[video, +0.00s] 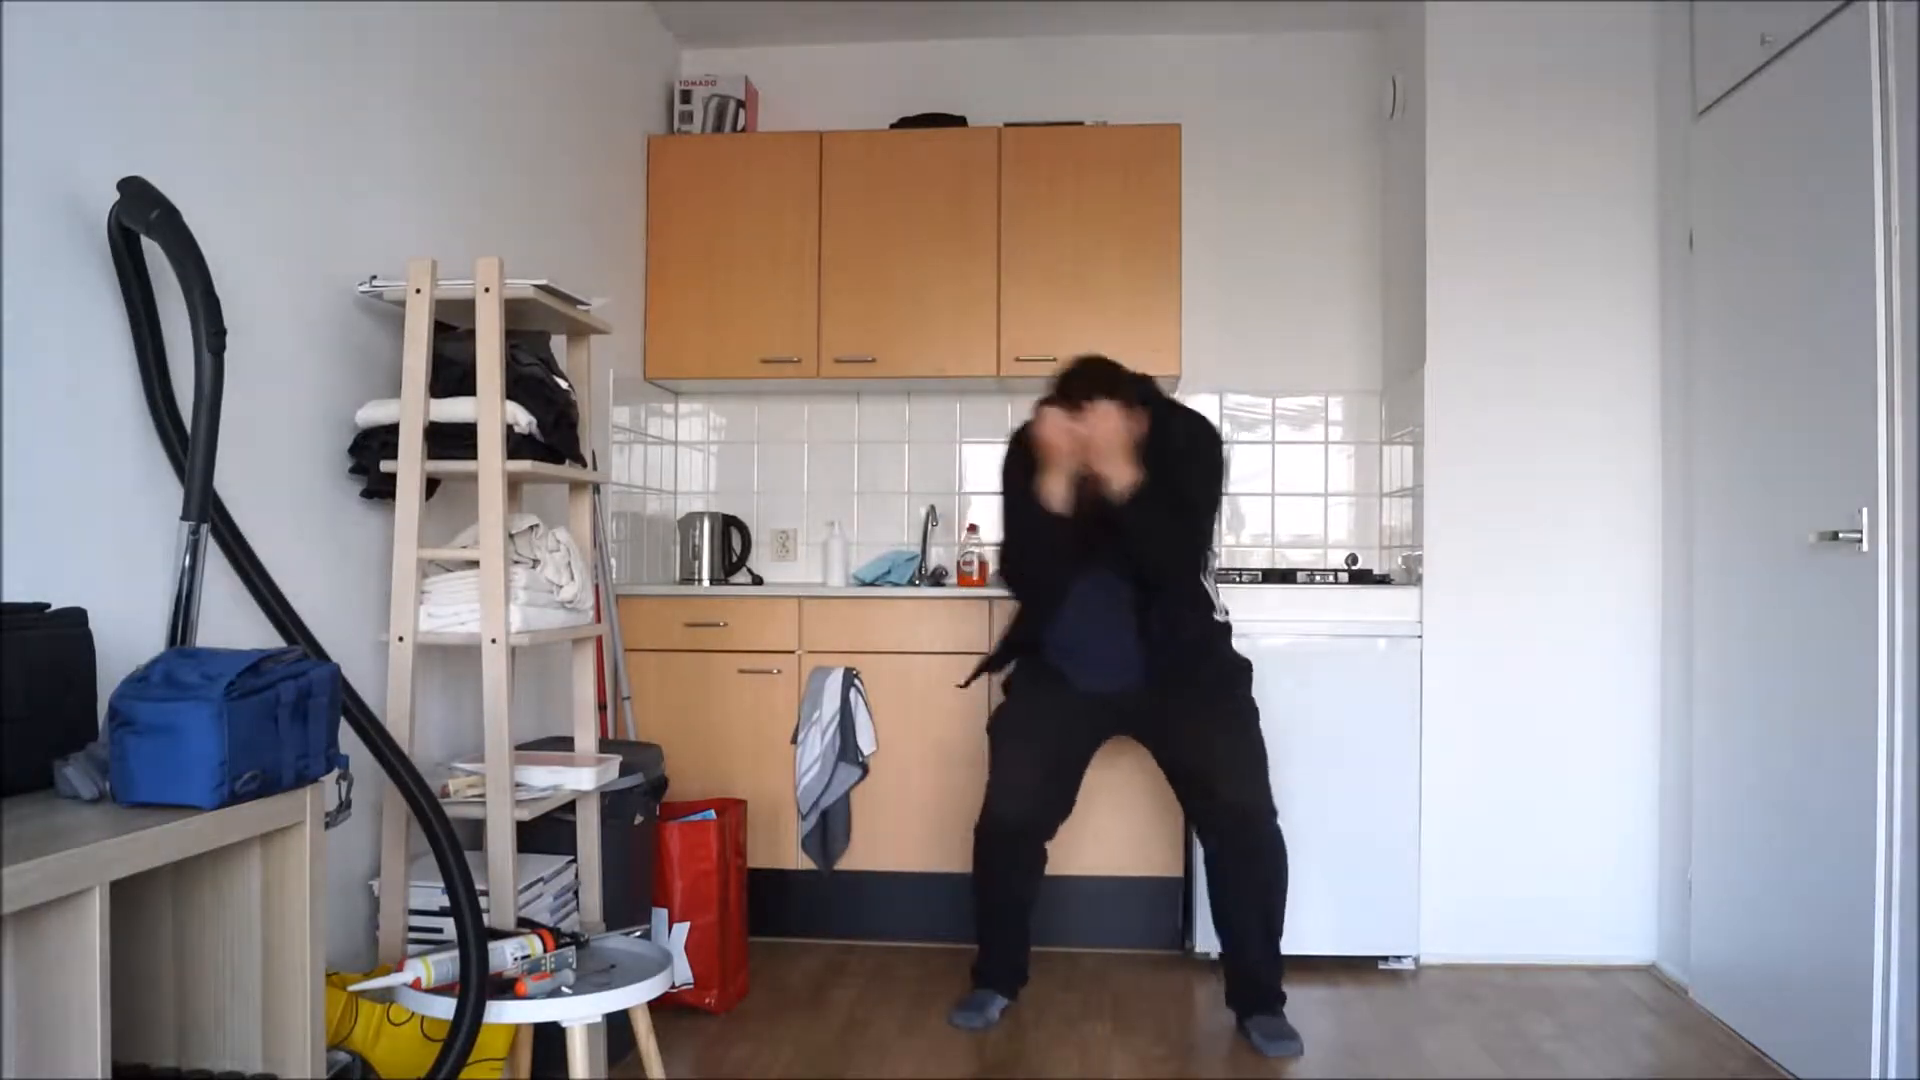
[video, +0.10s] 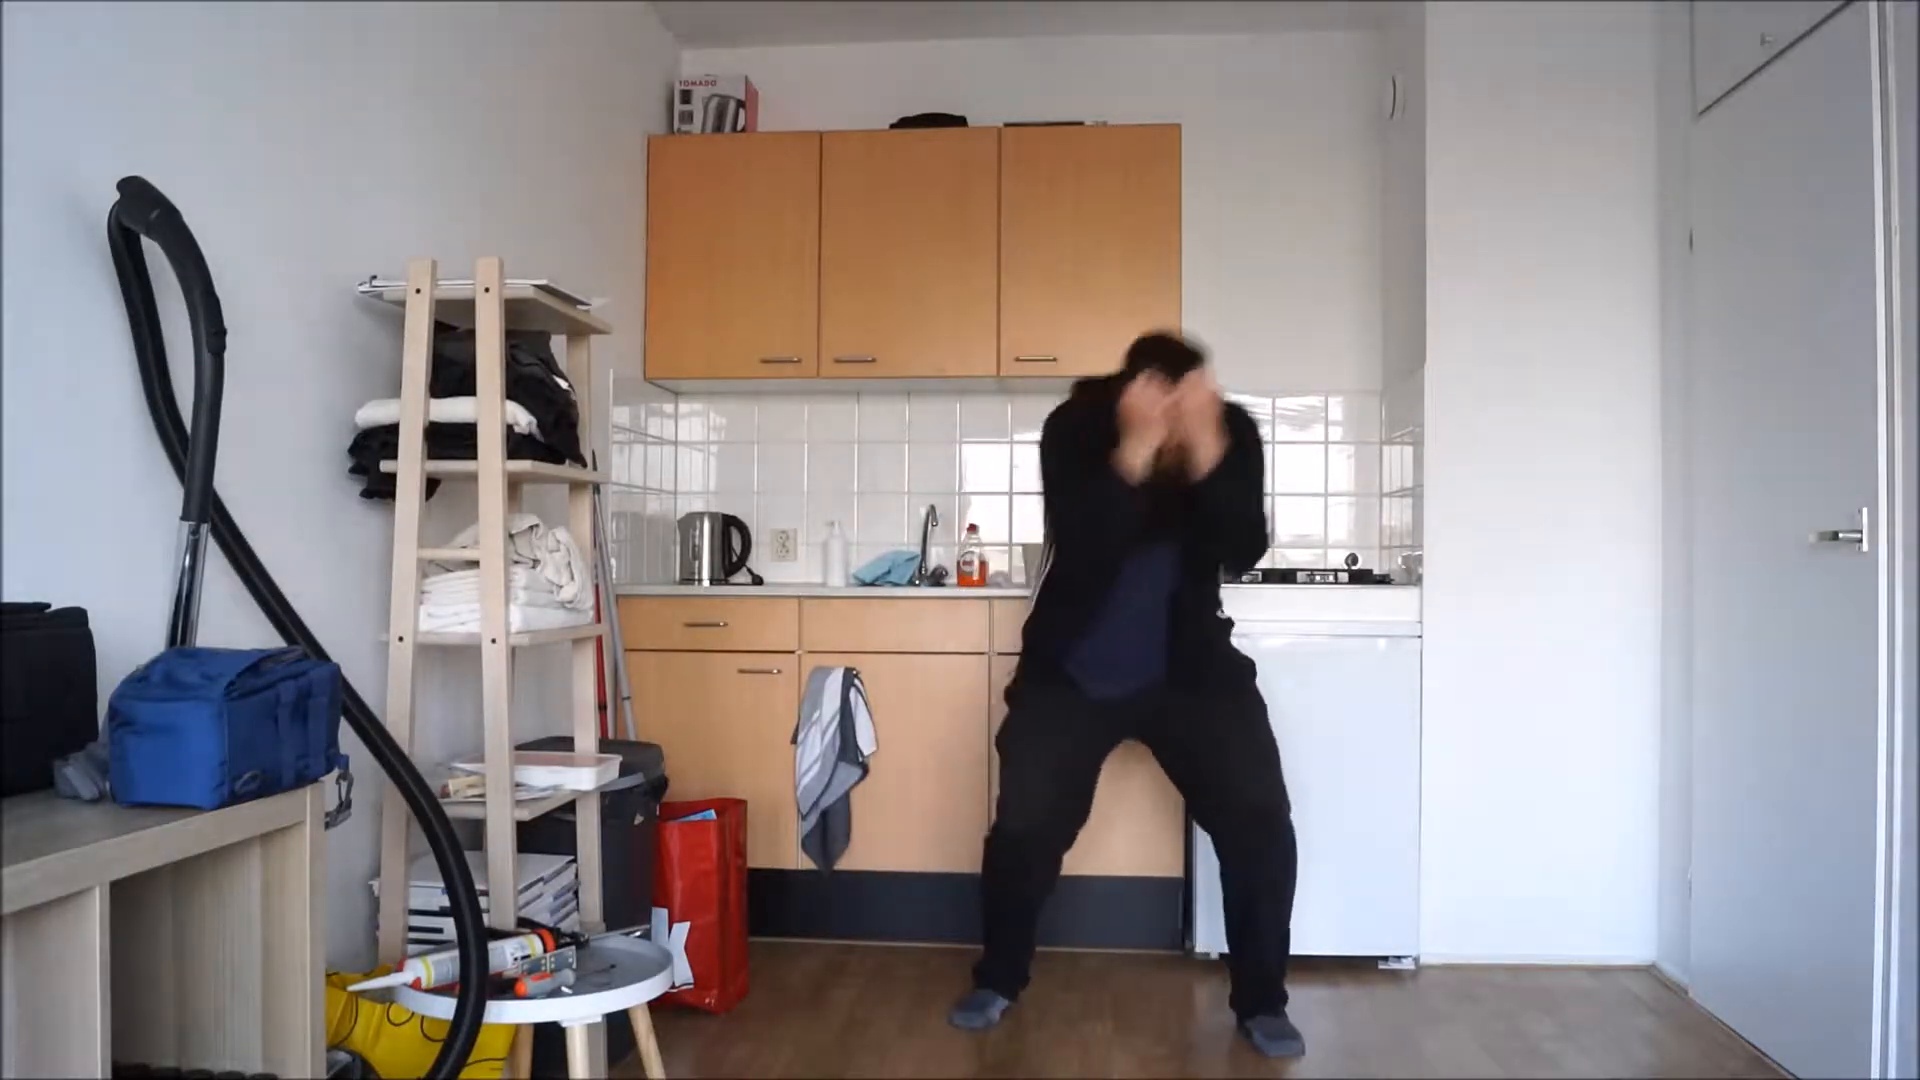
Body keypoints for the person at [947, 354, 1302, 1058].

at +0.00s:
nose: (1079, 440)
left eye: (1093, 428)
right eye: (1067, 431)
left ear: (1131, 416)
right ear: (1055, 423)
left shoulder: (1188, 439)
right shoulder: (1035, 446)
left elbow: (1176, 563)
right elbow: (1027, 578)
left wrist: (1122, 475)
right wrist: (1054, 480)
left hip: (1180, 673)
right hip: (1059, 675)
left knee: (1245, 826)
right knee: (1008, 822)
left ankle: (1260, 1004)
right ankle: (996, 979)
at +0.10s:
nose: (1174, 419)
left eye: (1186, 410)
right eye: (1161, 407)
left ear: (1203, 399)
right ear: (1130, 395)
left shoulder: (1228, 429)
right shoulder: (1077, 425)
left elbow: (1242, 550)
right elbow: (1078, 546)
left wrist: (1208, 456)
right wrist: (1131, 458)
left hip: (1188, 669)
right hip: (1072, 672)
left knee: (1259, 823)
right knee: (1027, 827)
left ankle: (1262, 1003)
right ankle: (998, 979)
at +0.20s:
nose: (1195, 365)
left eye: (1209, 355)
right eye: (1183, 351)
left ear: (1226, 357)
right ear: (1154, 345)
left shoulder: (1242, 409)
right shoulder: (1101, 389)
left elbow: (1266, 504)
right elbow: (1100, 493)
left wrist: (1239, 402)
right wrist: (1160, 405)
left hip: (1193, 660)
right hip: (1079, 658)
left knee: (1257, 823)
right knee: (1030, 820)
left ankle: (1261, 1002)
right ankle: (999, 979)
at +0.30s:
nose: (1201, 309)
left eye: (1217, 297)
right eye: (1190, 291)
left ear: (1235, 305)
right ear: (1158, 291)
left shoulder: (1244, 369)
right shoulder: (1106, 346)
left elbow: (1283, 443)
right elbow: (1113, 436)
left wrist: (1249, 329)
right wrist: (1170, 332)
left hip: (1204, 640)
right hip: (1086, 632)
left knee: (1244, 818)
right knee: (1032, 809)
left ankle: (1262, 1003)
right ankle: (1000, 978)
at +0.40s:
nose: (1207, 308)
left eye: (1222, 295)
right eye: (1195, 290)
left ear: (1238, 303)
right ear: (1163, 288)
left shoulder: (1246, 365)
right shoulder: (1110, 338)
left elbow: (1285, 441)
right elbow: (1115, 431)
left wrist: (1253, 326)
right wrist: (1173, 325)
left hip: (1207, 640)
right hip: (1086, 632)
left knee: (1242, 820)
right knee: (1033, 807)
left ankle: (1262, 1003)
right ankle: (1000, 977)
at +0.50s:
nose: (1205, 354)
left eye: (1221, 344)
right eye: (1193, 339)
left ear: (1237, 345)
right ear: (1164, 331)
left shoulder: (1256, 398)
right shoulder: (1107, 380)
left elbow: (1277, 496)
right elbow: (1107, 487)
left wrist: (1251, 386)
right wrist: (1171, 388)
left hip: (1205, 658)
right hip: (1082, 649)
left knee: (1249, 823)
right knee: (1022, 809)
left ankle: (1261, 1002)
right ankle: (998, 979)